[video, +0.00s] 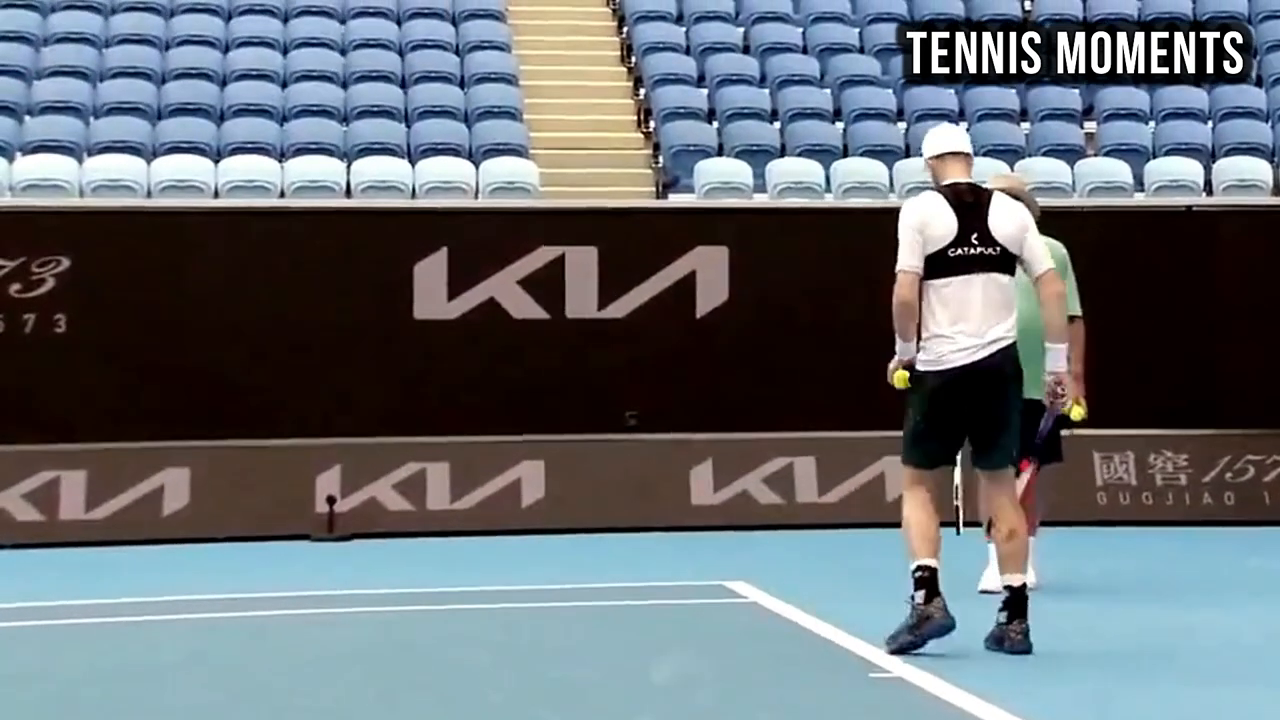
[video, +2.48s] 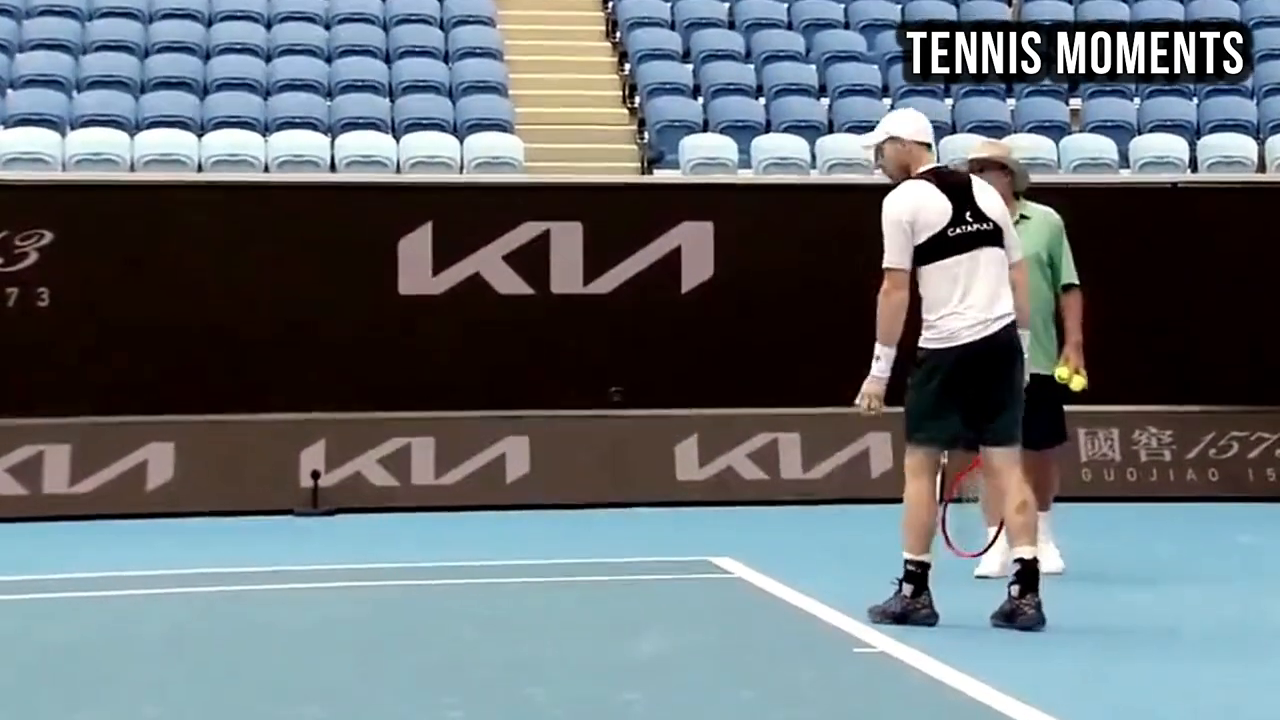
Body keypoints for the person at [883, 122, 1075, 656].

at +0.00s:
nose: (935, 168)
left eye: (929, 162)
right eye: (952, 157)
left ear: (930, 165)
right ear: (971, 160)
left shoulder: (918, 210)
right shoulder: (1011, 209)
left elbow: (906, 290)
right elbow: (1050, 286)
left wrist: (905, 352)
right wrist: (1058, 364)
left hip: (939, 374)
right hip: (1000, 369)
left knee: (919, 484)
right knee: (1002, 491)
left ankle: (928, 602)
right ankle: (1015, 619)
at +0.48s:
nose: (953, 158)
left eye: (944, 151)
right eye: (966, 147)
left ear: (941, 151)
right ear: (984, 146)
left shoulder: (933, 204)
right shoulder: (1021, 200)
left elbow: (926, 288)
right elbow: (1058, 281)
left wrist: (916, 369)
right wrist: (1065, 357)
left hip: (957, 369)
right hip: (1014, 364)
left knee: (959, 484)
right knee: (1009, 479)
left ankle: (980, 612)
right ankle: (1011, 614)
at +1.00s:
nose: (923, 138)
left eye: (917, 132)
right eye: (938, 124)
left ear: (916, 131)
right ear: (957, 123)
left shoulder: (916, 182)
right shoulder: (1000, 172)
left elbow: (915, 266)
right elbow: (1045, 246)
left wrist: (892, 297)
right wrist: (1047, 323)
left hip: (955, 341)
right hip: (1009, 334)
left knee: (952, 465)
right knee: (993, 461)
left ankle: (964, 588)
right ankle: (1012, 583)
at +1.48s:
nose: (957, 141)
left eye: (956, 133)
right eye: (971, 129)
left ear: (961, 133)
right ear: (1001, 126)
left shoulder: (958, 181)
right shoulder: (1043, 180)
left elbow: (951, 263)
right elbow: (1072, 266)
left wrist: (938, 342)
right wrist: (1044, 316)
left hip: (972, 345)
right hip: (1029, 343)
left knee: (962, 465)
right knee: (1025, 463)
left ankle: (970, 593)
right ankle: (1028, 596)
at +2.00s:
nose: (959, 153)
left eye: (958, 146)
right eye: (960, 146)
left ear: (966, 141)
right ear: (1004, 134)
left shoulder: (970, 186)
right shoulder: (1049, 192)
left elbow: (961, 266)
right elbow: (1069, 282)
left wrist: (938, 343)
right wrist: (1053, 340)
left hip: (976, 351)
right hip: (1035, 352)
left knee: (949, 462)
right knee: (1026, 466)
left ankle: (956, 594)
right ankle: (1030, 600)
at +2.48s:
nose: (881, 162)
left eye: (883, 151)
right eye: (879, 152)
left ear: (905, 146)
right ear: (926, 146)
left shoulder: (902, 202)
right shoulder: (984, 189)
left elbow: (896, 289)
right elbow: (1018, 271)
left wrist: (879, 370)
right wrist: (1015, 342)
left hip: (942, 353)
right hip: (1003, 348)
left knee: (920, 467)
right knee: (1008, 467)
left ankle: (914, 592)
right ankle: (1026, 594)